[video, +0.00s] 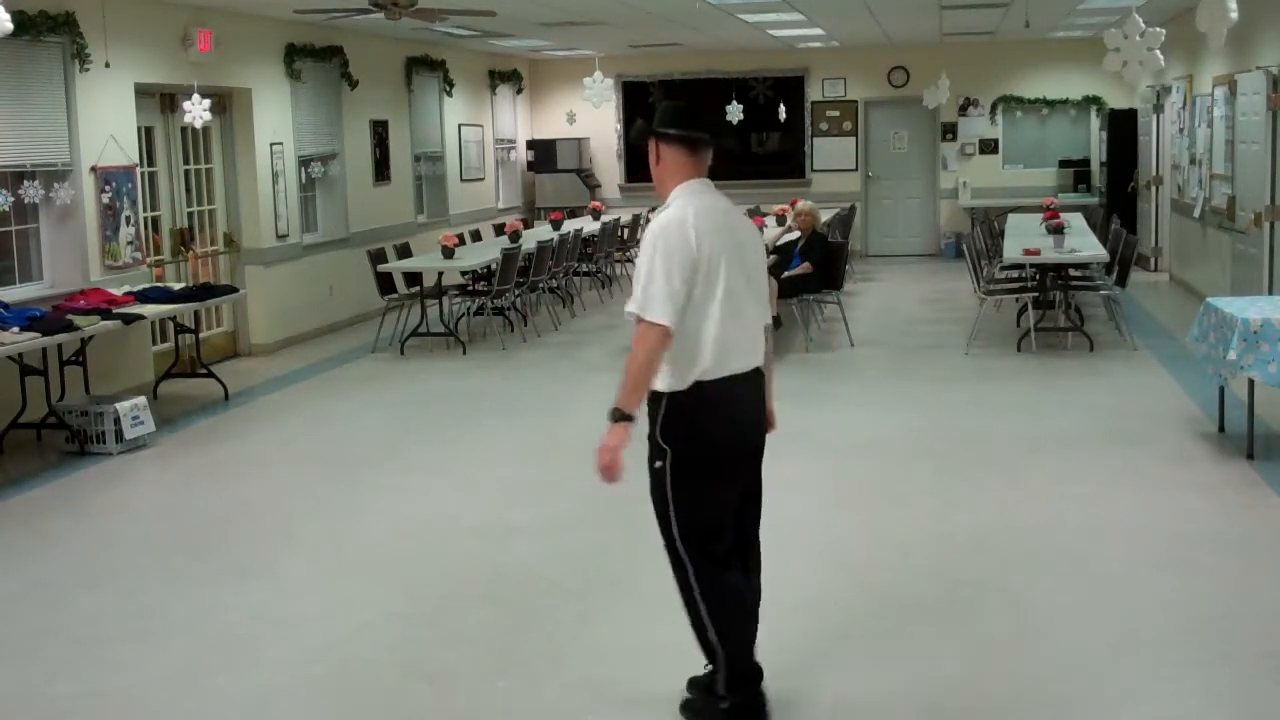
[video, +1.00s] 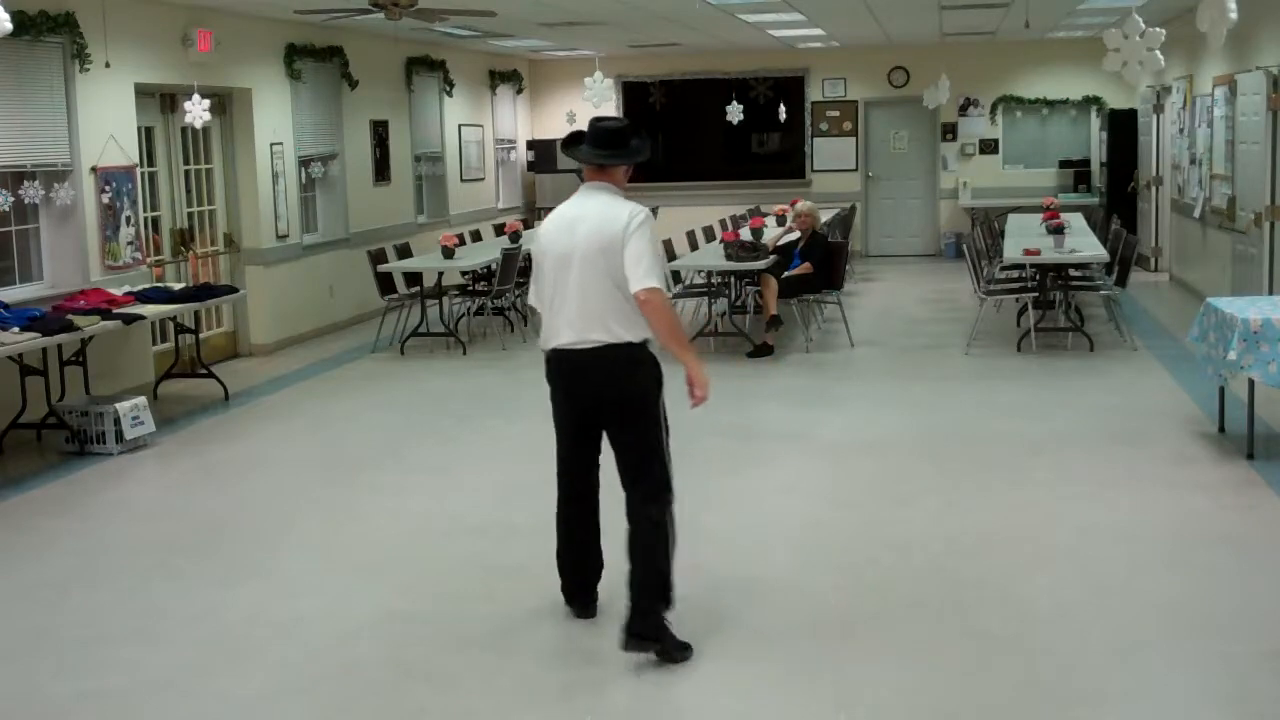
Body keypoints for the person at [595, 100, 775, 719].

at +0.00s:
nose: (650, 165)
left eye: (648, 155)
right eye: (652, 155)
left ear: (656, 154)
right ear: (708, 155)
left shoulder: (671, 226)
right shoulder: (741, 221)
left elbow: (654, 331)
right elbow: (763, 322)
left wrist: (619, 422)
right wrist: (765, 392)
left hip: (688, 406)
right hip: (743, 398)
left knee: (692, 544)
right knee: (737, 536)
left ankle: (737, 688)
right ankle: (733, 668)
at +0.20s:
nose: (644, 175)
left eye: (641, 166)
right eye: (664, 167)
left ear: (642, 169)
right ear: (695, 169)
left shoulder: (627, 241)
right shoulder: (739, 237)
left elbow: (583, 340)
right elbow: (776, 332)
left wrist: (552, 402)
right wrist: (789, 403)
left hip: (667, 410)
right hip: (735, 403)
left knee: (681, 552)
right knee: (713, 527)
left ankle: (718, 697)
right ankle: (719, 636)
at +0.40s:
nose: (631, 176)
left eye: (629, 168)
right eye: (643, 166)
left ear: (631, 171)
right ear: (681, 169)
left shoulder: (607, 241)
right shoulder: (723, 233)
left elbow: (573, 334)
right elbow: (763, 322)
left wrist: (574, 371)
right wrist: (793, 398)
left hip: (640, 403)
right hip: (711, 398)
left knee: (652, 532)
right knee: (696, 525)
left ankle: (702, 667)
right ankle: (674, 644)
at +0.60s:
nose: (647, 166)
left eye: (626, 157)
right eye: (659, 156)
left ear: (616, 160)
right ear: (667, 160)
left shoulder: (587, 230)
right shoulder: (704, 218)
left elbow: (585, 322)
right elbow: (737, 299)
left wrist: (625, 356)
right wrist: (778, 372)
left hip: (619, 388)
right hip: (693, 384)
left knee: (611, 497)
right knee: (689, 513)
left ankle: (626, 627)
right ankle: (677, 649)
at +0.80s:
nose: (647, 183)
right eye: (649, 176)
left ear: (601, 178)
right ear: (651, 178)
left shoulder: (572, 243)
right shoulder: (673, 231)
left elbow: (568, 324)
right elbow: (705, 311)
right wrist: (749, 373)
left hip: (602, 395)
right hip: (671, 388)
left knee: (597, 499)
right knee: (685, 515)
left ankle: (583, 593)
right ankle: (676, 651)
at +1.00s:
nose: (633, 172)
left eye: (628, 163)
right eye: (631, 164)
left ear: (584, 166)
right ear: (623, 167)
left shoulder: (550, 224)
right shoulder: (632, 218)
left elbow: (539, 301)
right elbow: (647, 295)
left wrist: (579, 336)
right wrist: (690, 362)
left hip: (566, 369)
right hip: (626, 366)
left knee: (575, 484)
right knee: (649, 492)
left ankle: (579, 593)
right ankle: (647, 622)